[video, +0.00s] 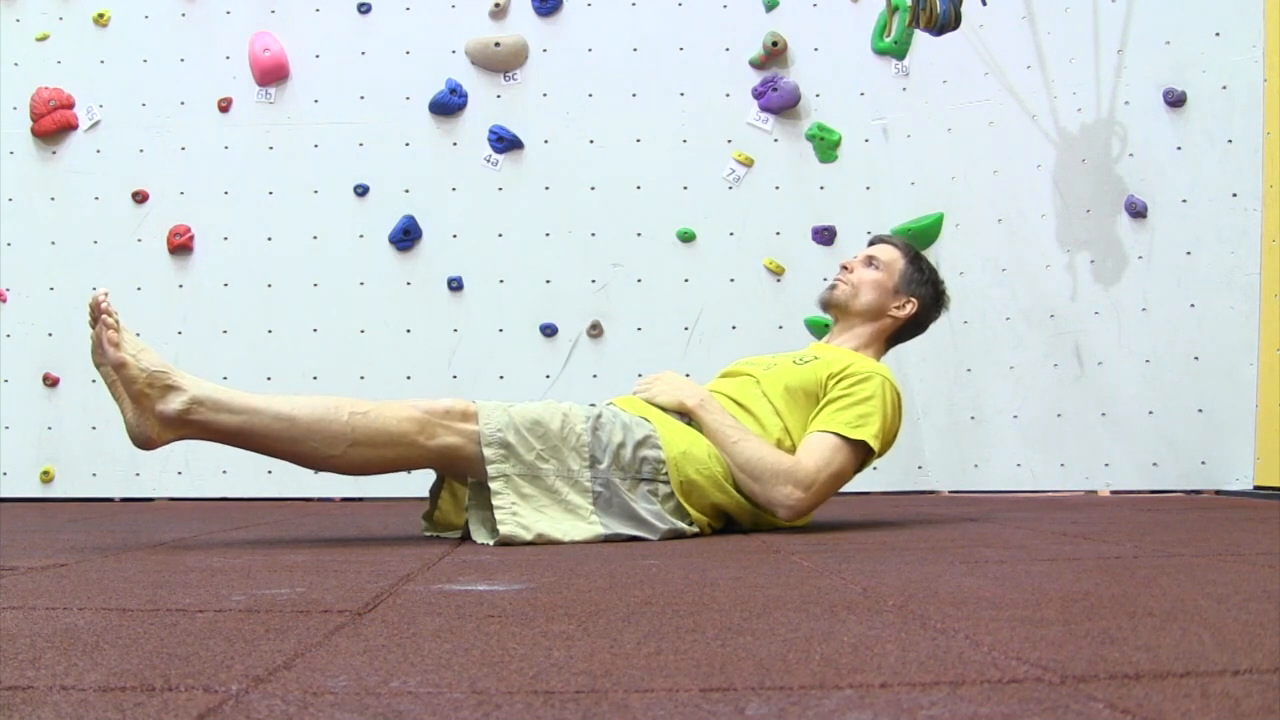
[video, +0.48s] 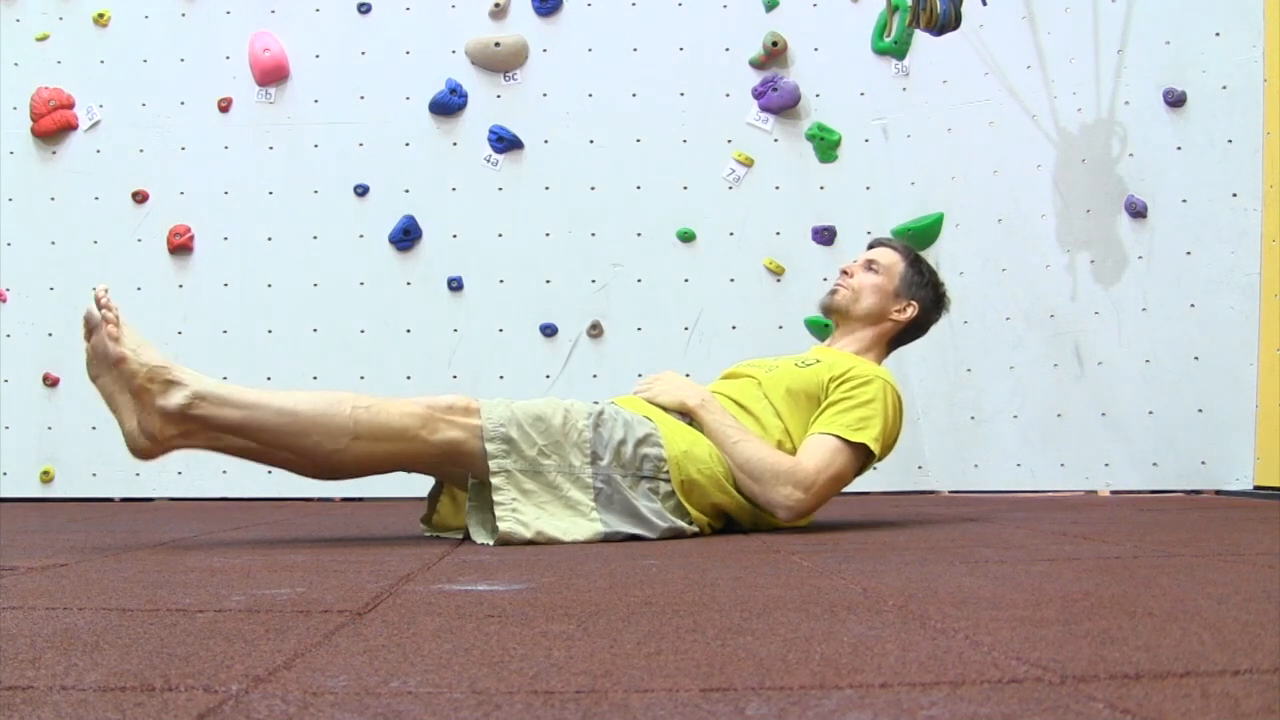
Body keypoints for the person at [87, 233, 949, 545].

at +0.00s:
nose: (849, 261)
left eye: (873, 261)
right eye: (859, 252)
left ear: (900, 308)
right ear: (865, 292)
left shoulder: (867, 381)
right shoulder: (807, 364)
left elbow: (793, 495)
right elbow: (755, 473)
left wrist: (701, 402)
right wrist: (673, 413)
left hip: (660, 462)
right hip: (639, 446)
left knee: (445, 428)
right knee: (435, 423)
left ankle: (178, 406)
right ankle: (180, 407)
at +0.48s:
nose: (848, 266)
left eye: (872, 265)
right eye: (858, 257)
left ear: (901, 312)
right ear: (868, 298)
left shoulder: (868, 384)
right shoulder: (809, 368)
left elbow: (795, 494)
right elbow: (755, 470)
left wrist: (702, 402)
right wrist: (672, 409)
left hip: (657, 461)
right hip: (638, 446)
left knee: (443, 425)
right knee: (432, 424)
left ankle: (174, 406)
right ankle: (173, 411)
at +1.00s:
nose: (845, 265)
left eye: (869, 263)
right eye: (851, 255)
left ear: (900, 307)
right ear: (849, 287)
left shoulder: (867, 381)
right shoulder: (797, 366)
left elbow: (793, 496)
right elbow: (738, 461)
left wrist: (704, 403)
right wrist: (665, 405)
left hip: (656, 457)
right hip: (626, 445)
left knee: (455, 414)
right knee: (407, 448)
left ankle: (192, 364)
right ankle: (171, 450)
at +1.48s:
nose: (831, 262)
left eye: (854, 259)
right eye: (836, 252)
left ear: (890, 299)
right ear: (839, 284)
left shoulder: (861, 378)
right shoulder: (792, 362)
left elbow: (793, 493)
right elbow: (735, 454)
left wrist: (703, 404)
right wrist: (662, 403)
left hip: (645, 465)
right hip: (614, 436)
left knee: (442, 441)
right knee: (431, 397)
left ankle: (173, 460)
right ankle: (196, 341)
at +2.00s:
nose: (841, 261)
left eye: (865, 258)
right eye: (847, 250)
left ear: (897, 302)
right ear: (850, 285)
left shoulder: (863, 376)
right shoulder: (797, 363)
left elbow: (792, 495)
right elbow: (742, 465)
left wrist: (703, 404)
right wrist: (668, 406)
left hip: (654, 456)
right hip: (627, 448)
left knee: (451, 403)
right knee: (409, 446)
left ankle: (189, 341)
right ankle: (175, 461)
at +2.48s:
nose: (833, 266)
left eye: (856, 262)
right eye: (837, 255)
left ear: (890, 302)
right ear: (839, 286)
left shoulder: (863, 380)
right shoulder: (793, 364)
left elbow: (790, 493)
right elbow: (739, 459)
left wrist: (702, 405)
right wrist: (666, 404)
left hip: (643, 466)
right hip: (614, 434)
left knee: (433, 443)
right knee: (428, 393)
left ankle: (174, 463)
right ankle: (199, 334)